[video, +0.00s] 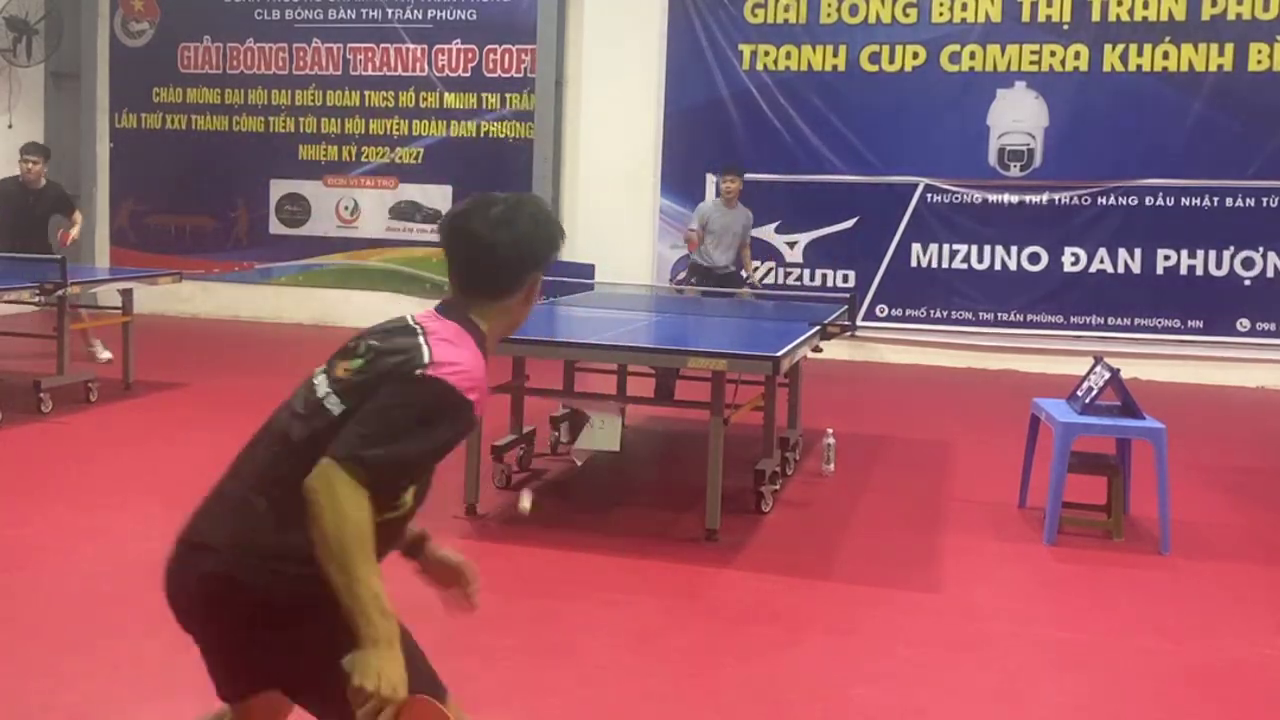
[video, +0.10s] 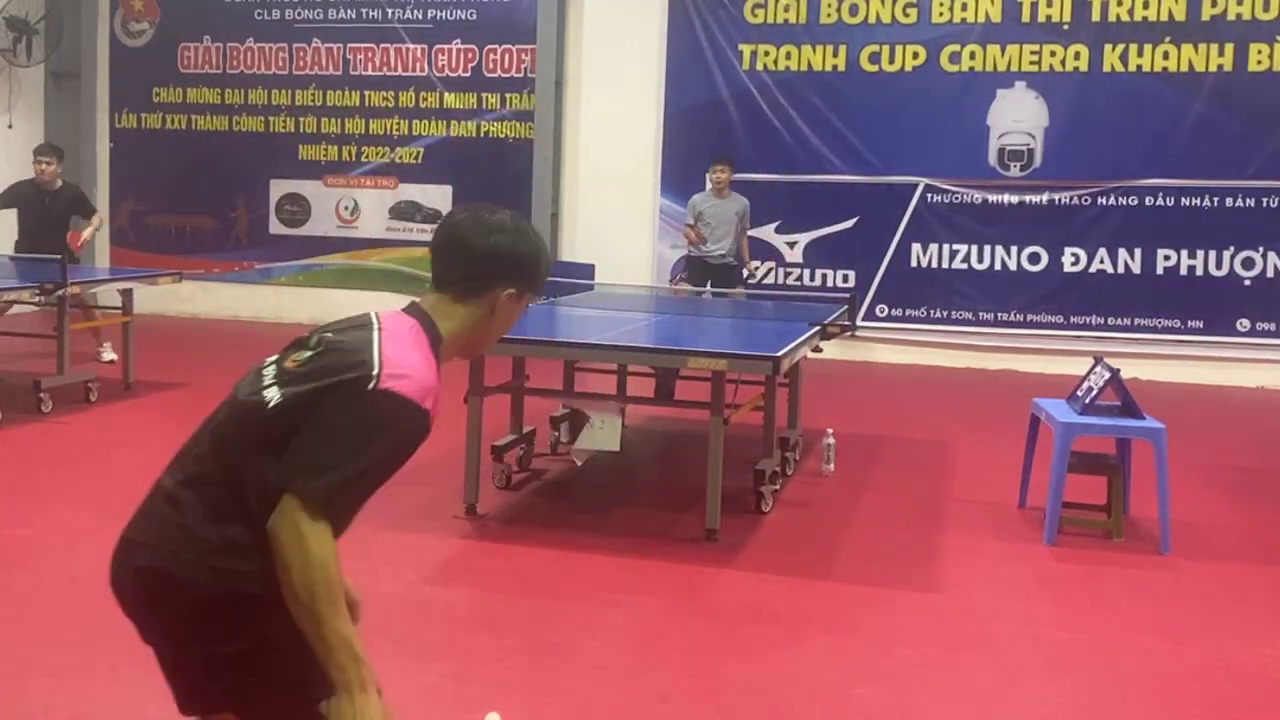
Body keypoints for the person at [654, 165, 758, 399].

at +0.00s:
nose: (728, 186)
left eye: (733, 182)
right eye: (725, 182)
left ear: (741, 186)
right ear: (719, 185)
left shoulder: (746, 215)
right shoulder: (706, 208)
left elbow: (744, 247)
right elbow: (692, 238)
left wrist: (750, 274)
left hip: (729, 274)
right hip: (701, 271)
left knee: (752, 310)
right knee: (683, 318)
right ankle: (666, 383)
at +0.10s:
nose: (717, 176)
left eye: (722, 172)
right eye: (714, 172)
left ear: (731, 176)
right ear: (708, 176)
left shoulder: (741, 203)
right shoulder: (697, 201)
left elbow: (742, 234)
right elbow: (688, 227)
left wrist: (747, 261)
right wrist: (692, 235)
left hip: (727, 264)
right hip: (698, 261)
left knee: (730, 310)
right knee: (687, 306)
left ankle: (729, 351)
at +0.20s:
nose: (707, 176)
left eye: (711, 172)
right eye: (703, 172)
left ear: (719, 175)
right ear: (698, 176)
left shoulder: (734, 203)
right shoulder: (689, 202)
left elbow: (743, 232)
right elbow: (678, 230)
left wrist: (748, 257)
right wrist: (684, 233)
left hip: (723, 266)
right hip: (694, 263)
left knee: (732, 308)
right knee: (678, 305)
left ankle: (732, 351)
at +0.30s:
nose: (696, 178)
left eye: (700, 174)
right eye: (692, 175)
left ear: (709, 177)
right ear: (688, 180)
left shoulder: (725, 205)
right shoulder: (681, 205)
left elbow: (738, 234)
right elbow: (670, 235)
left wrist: (745, 261)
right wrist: (675, 236)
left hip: (716, 272)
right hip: (685, 270)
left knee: (724, 323)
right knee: (672, 323)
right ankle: (665, 387)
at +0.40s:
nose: (687, 177)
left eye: (691, 172)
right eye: (684, 174)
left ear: (701, 175)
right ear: (680, 180)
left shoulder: (717, 202)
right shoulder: (673, 204)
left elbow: (727, 231)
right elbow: (664, 231)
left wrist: (731, 259)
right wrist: (672, 245)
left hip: (711, 269)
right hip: (681, 268)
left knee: (722, 316)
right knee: (670, 320)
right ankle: (665, 383)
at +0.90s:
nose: (685, 173)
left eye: (688, 168)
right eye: (681, 169)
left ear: (697, 170)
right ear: (675, 173)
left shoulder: (711, 196)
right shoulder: (668, 198)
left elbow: (720, 226)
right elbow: (660, 226)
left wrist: (726, 256)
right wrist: (668, 236)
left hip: (707, 262)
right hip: (678, 262)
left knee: (714, 308)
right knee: (672, 311)